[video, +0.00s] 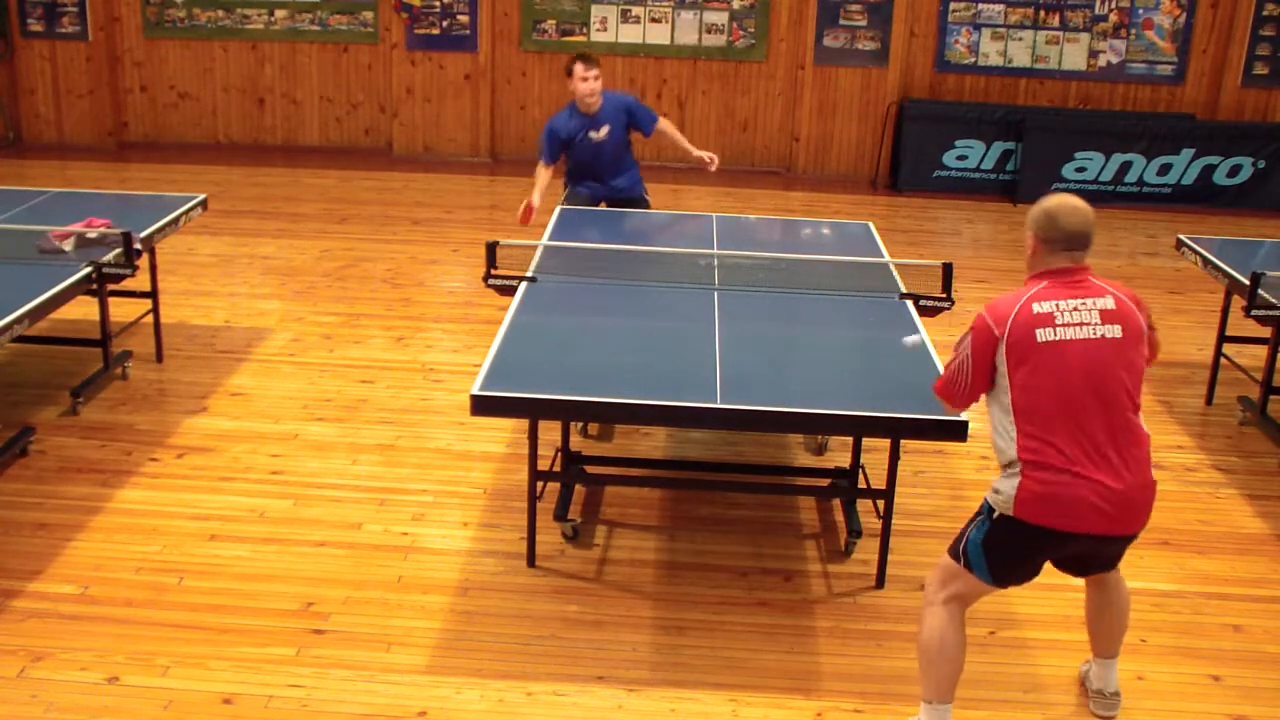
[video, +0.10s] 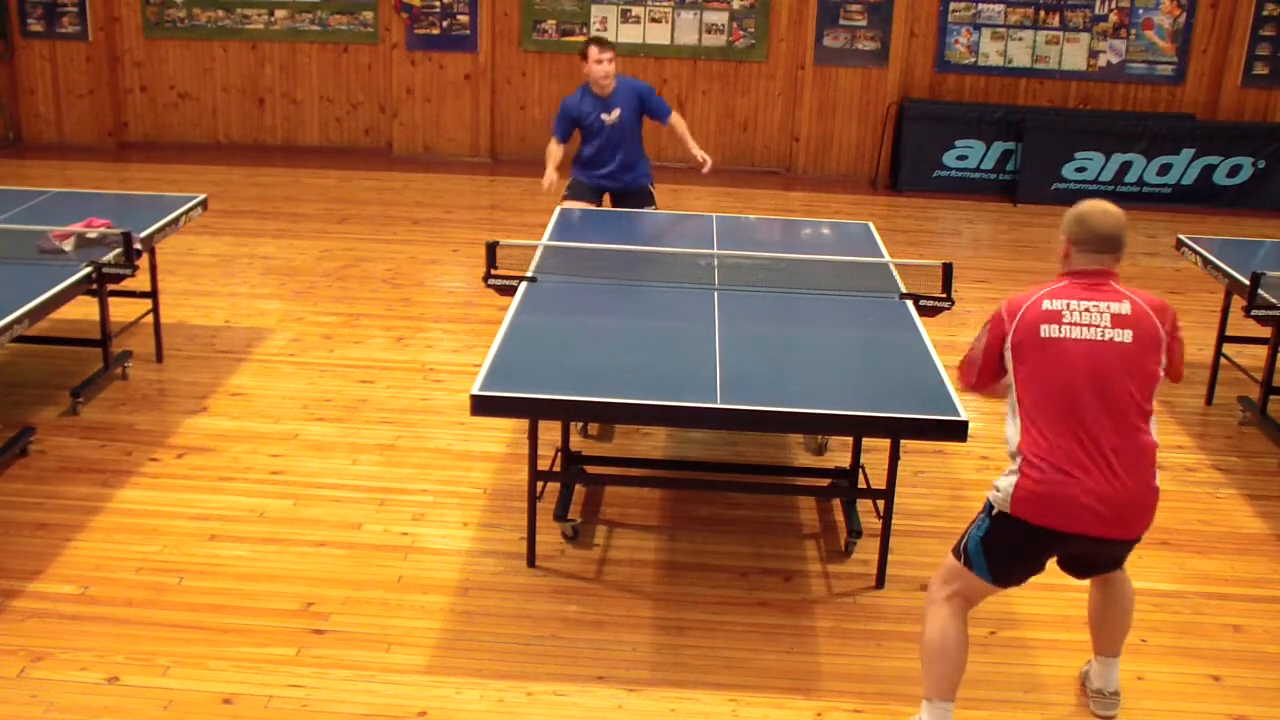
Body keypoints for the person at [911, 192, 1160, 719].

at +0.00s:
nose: (1024, 242)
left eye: (1026, 234)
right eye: (1028, 233)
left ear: (1034, 242)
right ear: (1089, 246)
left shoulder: (1003, 314)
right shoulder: (1129, 307)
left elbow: (953, 393)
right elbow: (1148, 353)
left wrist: (962, 357)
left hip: (1036, 508)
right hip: (1124, 509)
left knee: (945, 593)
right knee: (1103, 569)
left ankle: (934, 713)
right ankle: (1106, 682)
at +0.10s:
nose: (1062, 247)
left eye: (1063, 240)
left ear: (1065, 246)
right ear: (1122, 251)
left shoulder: (1021, 309)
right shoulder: (1157, 315)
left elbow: (976, 379)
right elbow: (1173, 371)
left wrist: (1040, 375)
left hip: (1037, 503)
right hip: (1125, 511)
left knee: (949, 593)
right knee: (1109, 569)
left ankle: (935, 713)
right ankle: (1106, 683)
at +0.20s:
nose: (1086, 251)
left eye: (1088, 244)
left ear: (1091, 251)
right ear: (1148, 259)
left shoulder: (1041, 305)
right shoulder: (1173, 327)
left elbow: (990, 301)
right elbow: (1197, 376)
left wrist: (1050, 319)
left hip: (1039, 510)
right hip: (1125, 519)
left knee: (948, 592)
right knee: (1109, 567)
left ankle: (932, 713)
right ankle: (1104, 682)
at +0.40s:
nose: (1101, 242)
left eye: (1105, 237)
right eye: (1105, 236)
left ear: (1111, 248)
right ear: (1168, 260)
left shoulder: (1069, 307)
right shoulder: (1192, 339)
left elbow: (957, 303)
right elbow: (1245, 426)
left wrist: (895, 264)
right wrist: (1254, 456)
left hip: (1046, 502)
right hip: (1127, 518)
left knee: (948, 591)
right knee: (1102, 561)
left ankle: (927, 715)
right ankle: (1099, 680)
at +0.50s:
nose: (1091, 250)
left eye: (1095, 242)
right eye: (1098, 240)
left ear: (1103, 253)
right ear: (1160, 262)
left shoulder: (1069, 320)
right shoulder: (1187, 341)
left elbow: (973, 362)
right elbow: (1234, 431)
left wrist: (901, 340)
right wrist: (1255, 497)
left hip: (1042, 508)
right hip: (1124, 518)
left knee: (952, 606)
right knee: (1099, 561)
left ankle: (946, 714)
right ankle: (1099, 679)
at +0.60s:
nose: (1070, 243)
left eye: (1073, 237)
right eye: (1074, 234)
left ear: (1082, 248)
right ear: (1139, 255)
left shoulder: (1044, 321)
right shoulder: (1172, 338)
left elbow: (956, 385)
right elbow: (1210, 434)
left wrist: (899, 364)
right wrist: (1216, 494)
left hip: (1034, 514)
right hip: (1118, 521)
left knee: (959, 635)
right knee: (1101, 576)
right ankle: (1101, 679)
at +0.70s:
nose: (1041, 237)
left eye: (1044, 229)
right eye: (1044, 226)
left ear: (1054, 242)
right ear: (1111, 246)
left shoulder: (1022, 317)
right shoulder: (1155, 324)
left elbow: (952, 396)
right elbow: (1182, 417)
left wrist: (897, 390)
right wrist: (1154, 464)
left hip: (1036, 518)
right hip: (1122, 519)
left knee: (956, 639)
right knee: (1099, 589)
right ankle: (1114, 699)